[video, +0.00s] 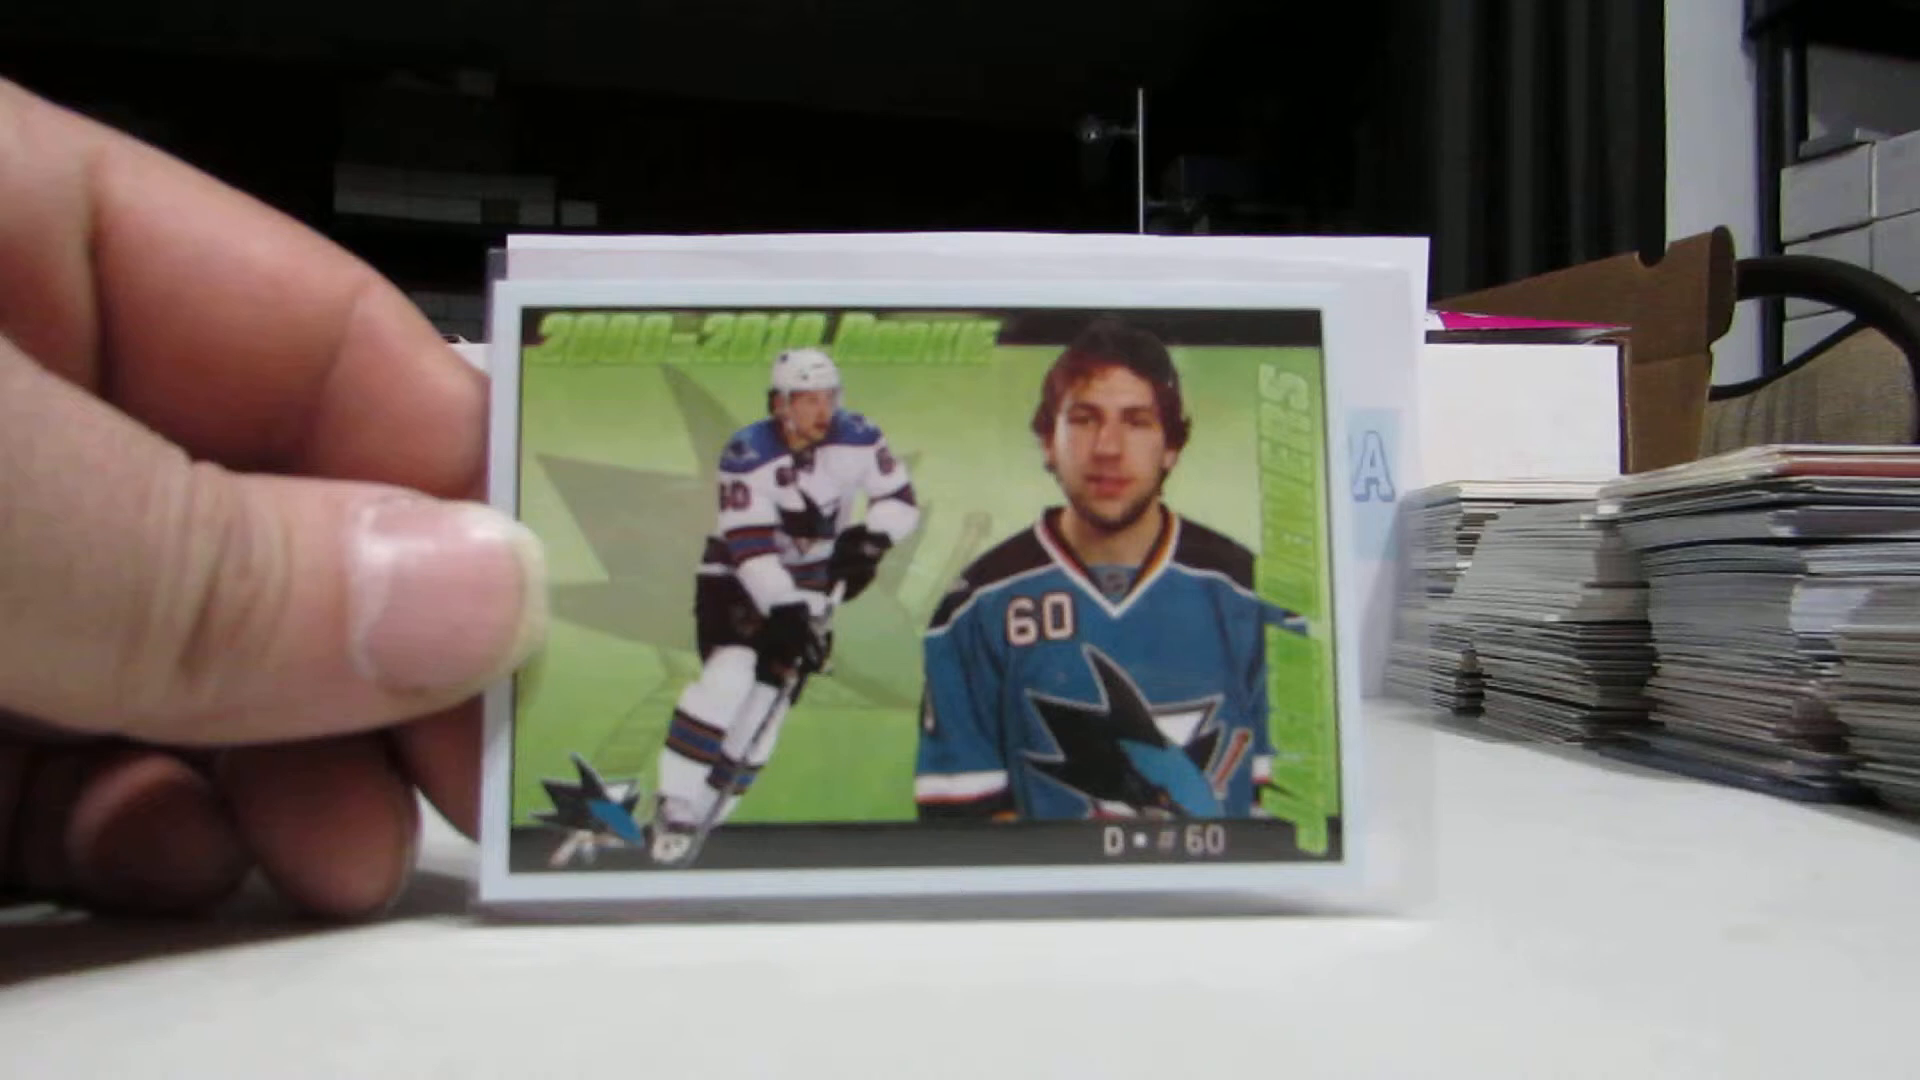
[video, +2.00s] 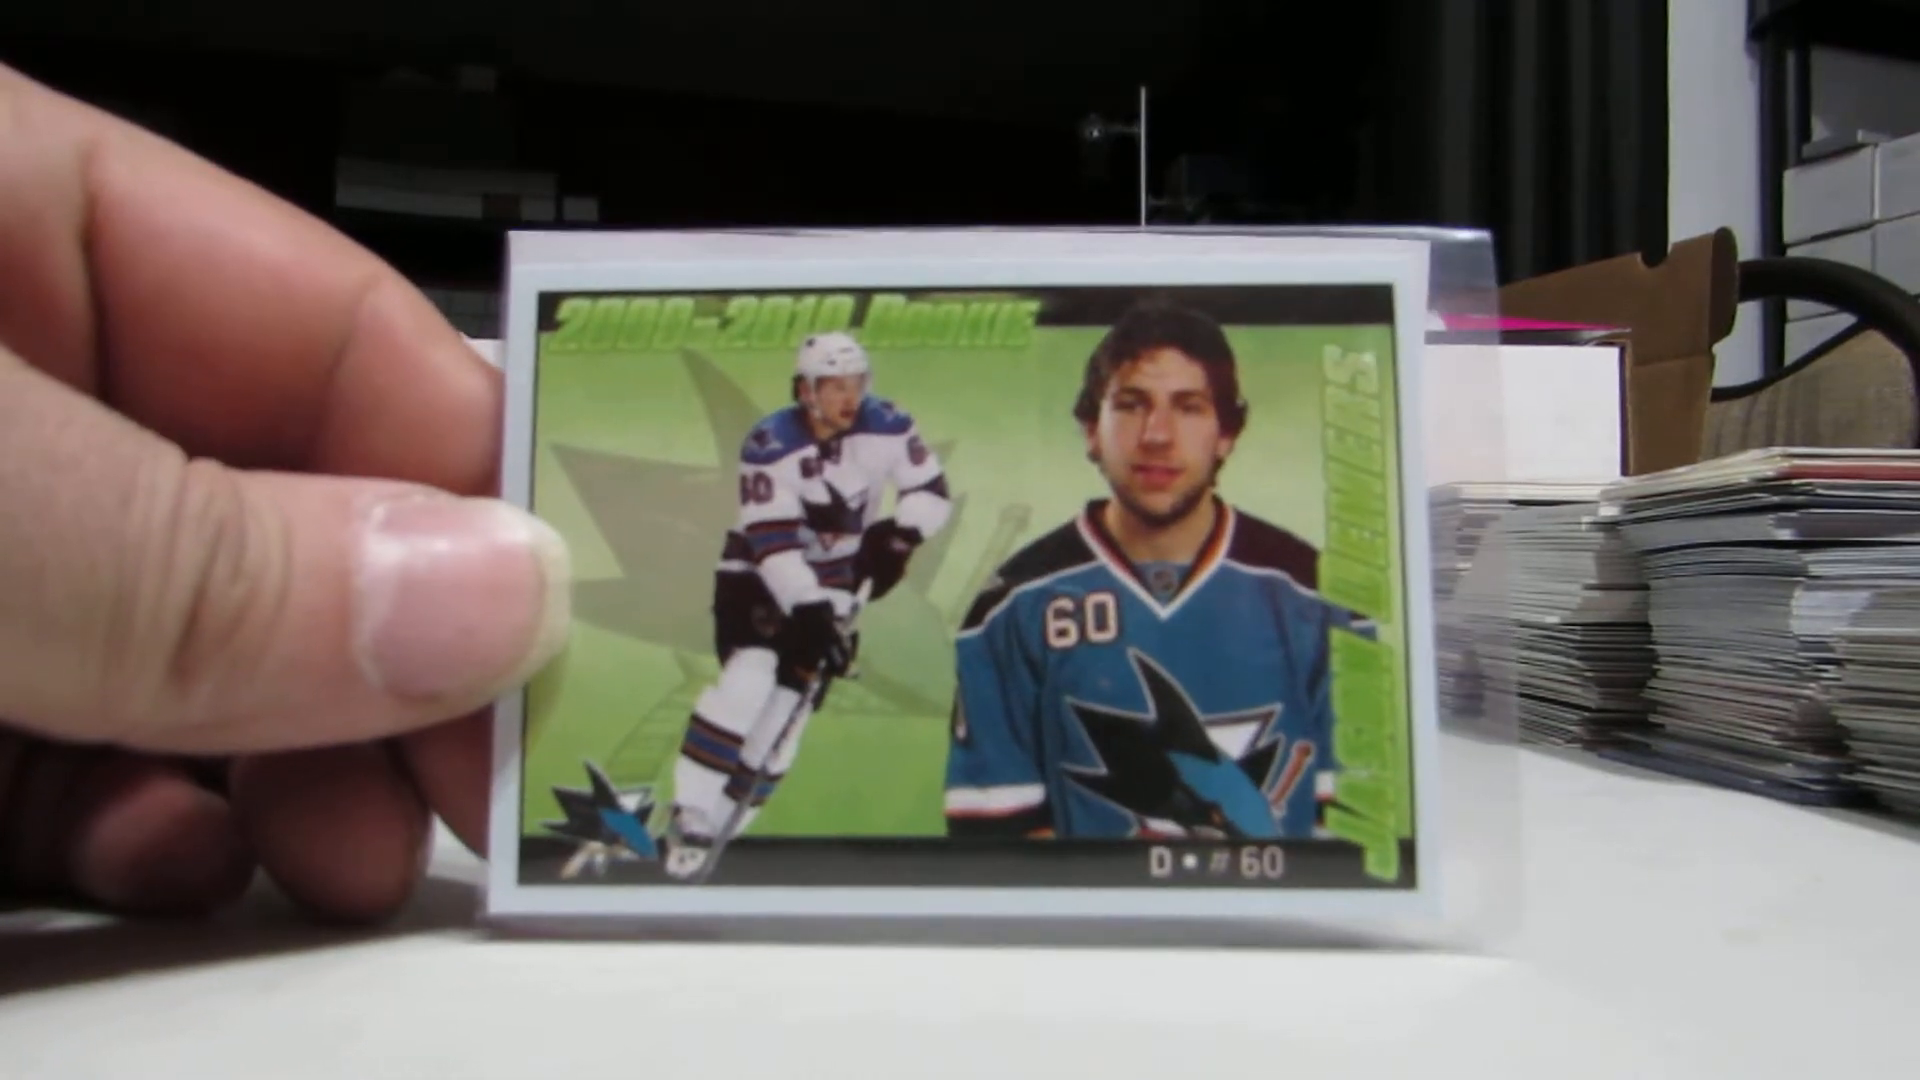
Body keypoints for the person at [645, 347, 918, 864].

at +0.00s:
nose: (822, 411)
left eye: (828, 399)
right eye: (808, 400)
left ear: (837, 400)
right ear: (780, 405)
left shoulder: (858, 439)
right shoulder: (748, 453)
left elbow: (899, 500)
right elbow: (749, 542)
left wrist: (869, 542)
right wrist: (785, 608)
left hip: (811, 584)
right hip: (740, 575)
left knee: (769, 702)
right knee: (730, 672)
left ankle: (704, 818)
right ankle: (678, 812)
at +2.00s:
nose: (849, 399)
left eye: (856, 386)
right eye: (836, 388)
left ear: (866, 386)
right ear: (806, 391)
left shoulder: (887, 427)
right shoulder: (771, 443)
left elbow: (929, 491)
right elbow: (771, 537)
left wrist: (898, 539)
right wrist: (808, 607)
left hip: (835, 581)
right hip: (761, 573)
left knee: (790, 705)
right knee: (750, 675)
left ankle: (724, 825)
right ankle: (693, 816)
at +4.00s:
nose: (826, 363)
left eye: (833, 349)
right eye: (810, 351)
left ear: (843, 349)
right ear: (774, 356)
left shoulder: (868, 398)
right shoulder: (733, 416)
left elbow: (916, 473)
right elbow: (732, 523)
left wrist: (878, 527)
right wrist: (776, 603)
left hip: (807, 573)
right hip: (722, 562)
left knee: (754, 716)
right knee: (709, 680)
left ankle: (678, 853)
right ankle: (642, 842)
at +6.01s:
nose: (822, 364)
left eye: (831, 350)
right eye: (806, 351)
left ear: (842, 350)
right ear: (772, 356)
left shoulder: (867, 398)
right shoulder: (732, 416)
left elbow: (916, 473)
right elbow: (732, 523)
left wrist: (877, 527)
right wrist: (775, 605)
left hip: (807, 573)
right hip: (721, 564)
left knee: (755, 715)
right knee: (709, 681)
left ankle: (681, 851)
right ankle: (642, 840)